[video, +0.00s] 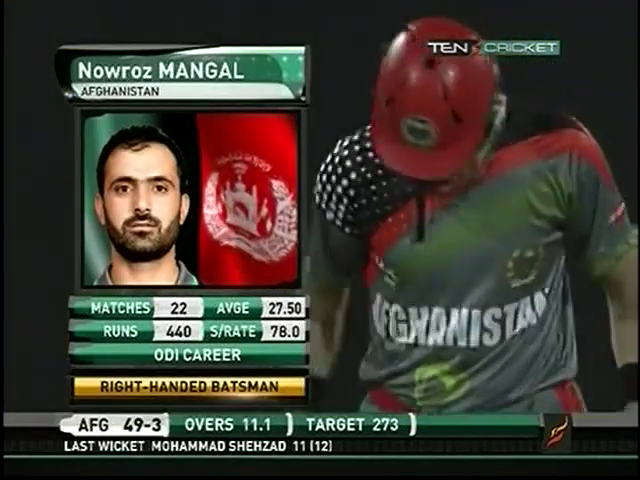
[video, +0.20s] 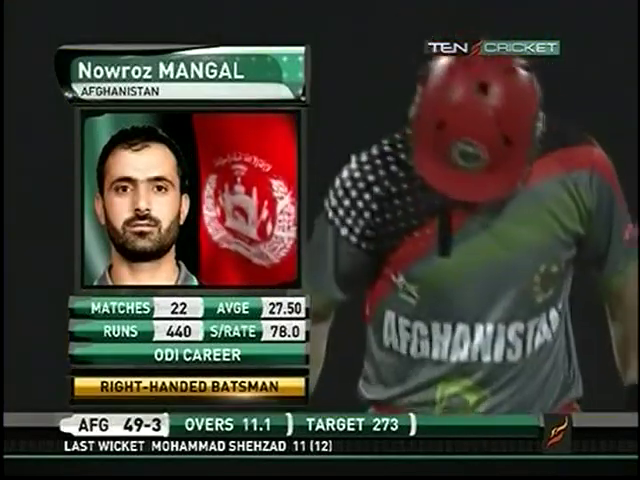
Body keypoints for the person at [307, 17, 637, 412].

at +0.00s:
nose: (433, 182)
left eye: (448, 167)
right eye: (418, 167)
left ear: (489, 125)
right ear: (388, 128)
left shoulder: (565, 158)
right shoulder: (352, 174)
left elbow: (626, 293)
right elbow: (322, 308)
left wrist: (633, 397)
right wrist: (306, 412)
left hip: (535, 422)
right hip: (398, 427)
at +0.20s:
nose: (471, 201)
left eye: (489, 184)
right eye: (452, 180)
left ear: (533, 137)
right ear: (418, 129)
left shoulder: (581, 174)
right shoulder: (368, 186)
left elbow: (625, 303)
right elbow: (312, 314)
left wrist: (634, 393)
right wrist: (280, 425)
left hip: (539, 434)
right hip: (402, 436)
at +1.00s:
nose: (517, 241)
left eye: (536, 224)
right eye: (501, 219)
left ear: (577, 183)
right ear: (471, 166)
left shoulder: (616, 209)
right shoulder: (399, 194)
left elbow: (630, 310)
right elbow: (326, 305)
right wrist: (307, 414)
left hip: (539, 427)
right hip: (413, 426)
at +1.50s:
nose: (518, 234)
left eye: (536, 221)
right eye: (505, 215)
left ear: (575, 183)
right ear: (473, 163)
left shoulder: (607, 214)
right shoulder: (398, 189)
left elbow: (634, 338)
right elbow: (312, 291)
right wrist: (278, 412)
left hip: (524, 438)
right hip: (390, 434)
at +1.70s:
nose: (533, 119)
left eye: (548, 101)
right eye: (516, 100)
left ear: (573, 92)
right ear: (473, 82)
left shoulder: (595, 193)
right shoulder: (393, 171)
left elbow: (628, 335)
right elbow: (309, 292)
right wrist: (274, 418)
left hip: (521, 447)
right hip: (387, 440)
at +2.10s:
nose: (492, 101)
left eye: (510, 82)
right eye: (470, 84)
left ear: (536, 98)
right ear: (433, 99)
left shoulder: (563, 237)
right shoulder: (369, 221)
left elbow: (588, 385)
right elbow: (295, 362)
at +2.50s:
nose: (443, 140)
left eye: (460, 120)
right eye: (420, 124)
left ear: (489, 126)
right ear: (388, 135)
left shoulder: (527, 248)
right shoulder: (336, 262)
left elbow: (557, 389)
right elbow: (301, 416)